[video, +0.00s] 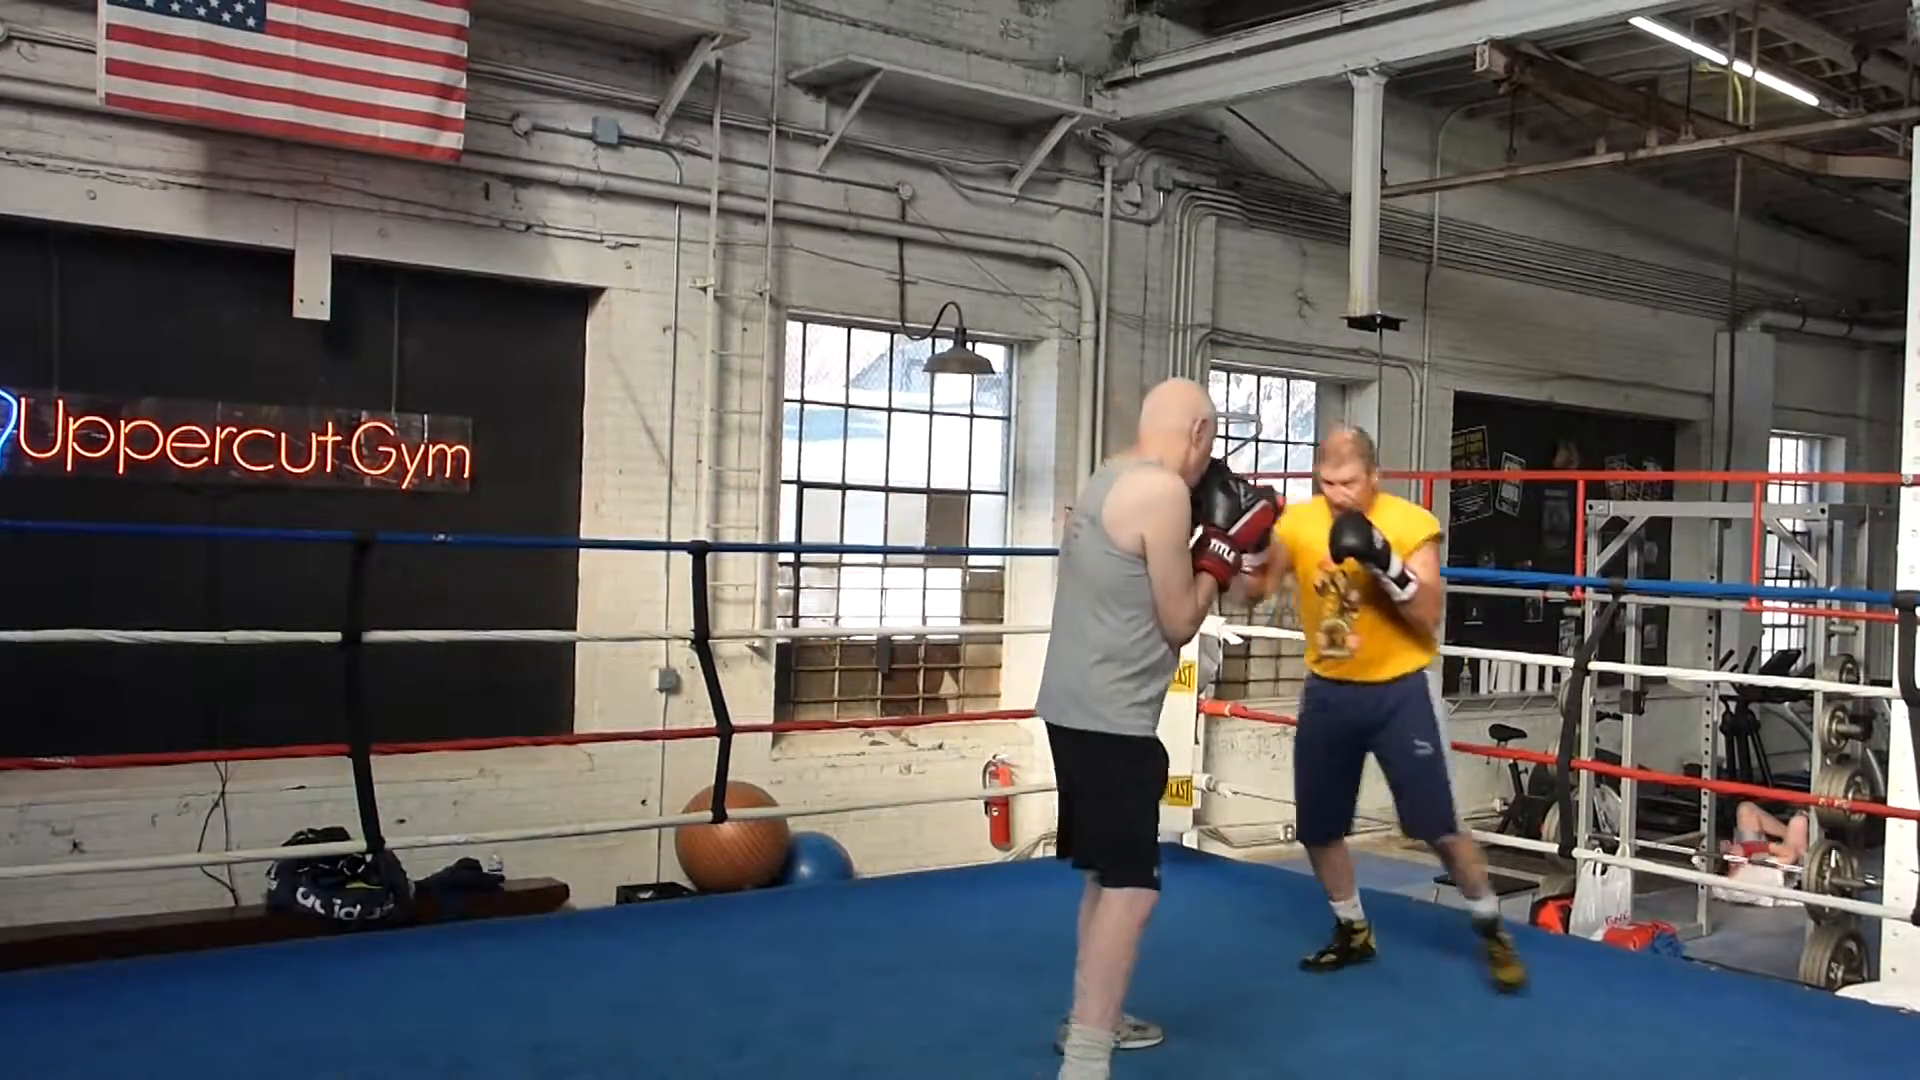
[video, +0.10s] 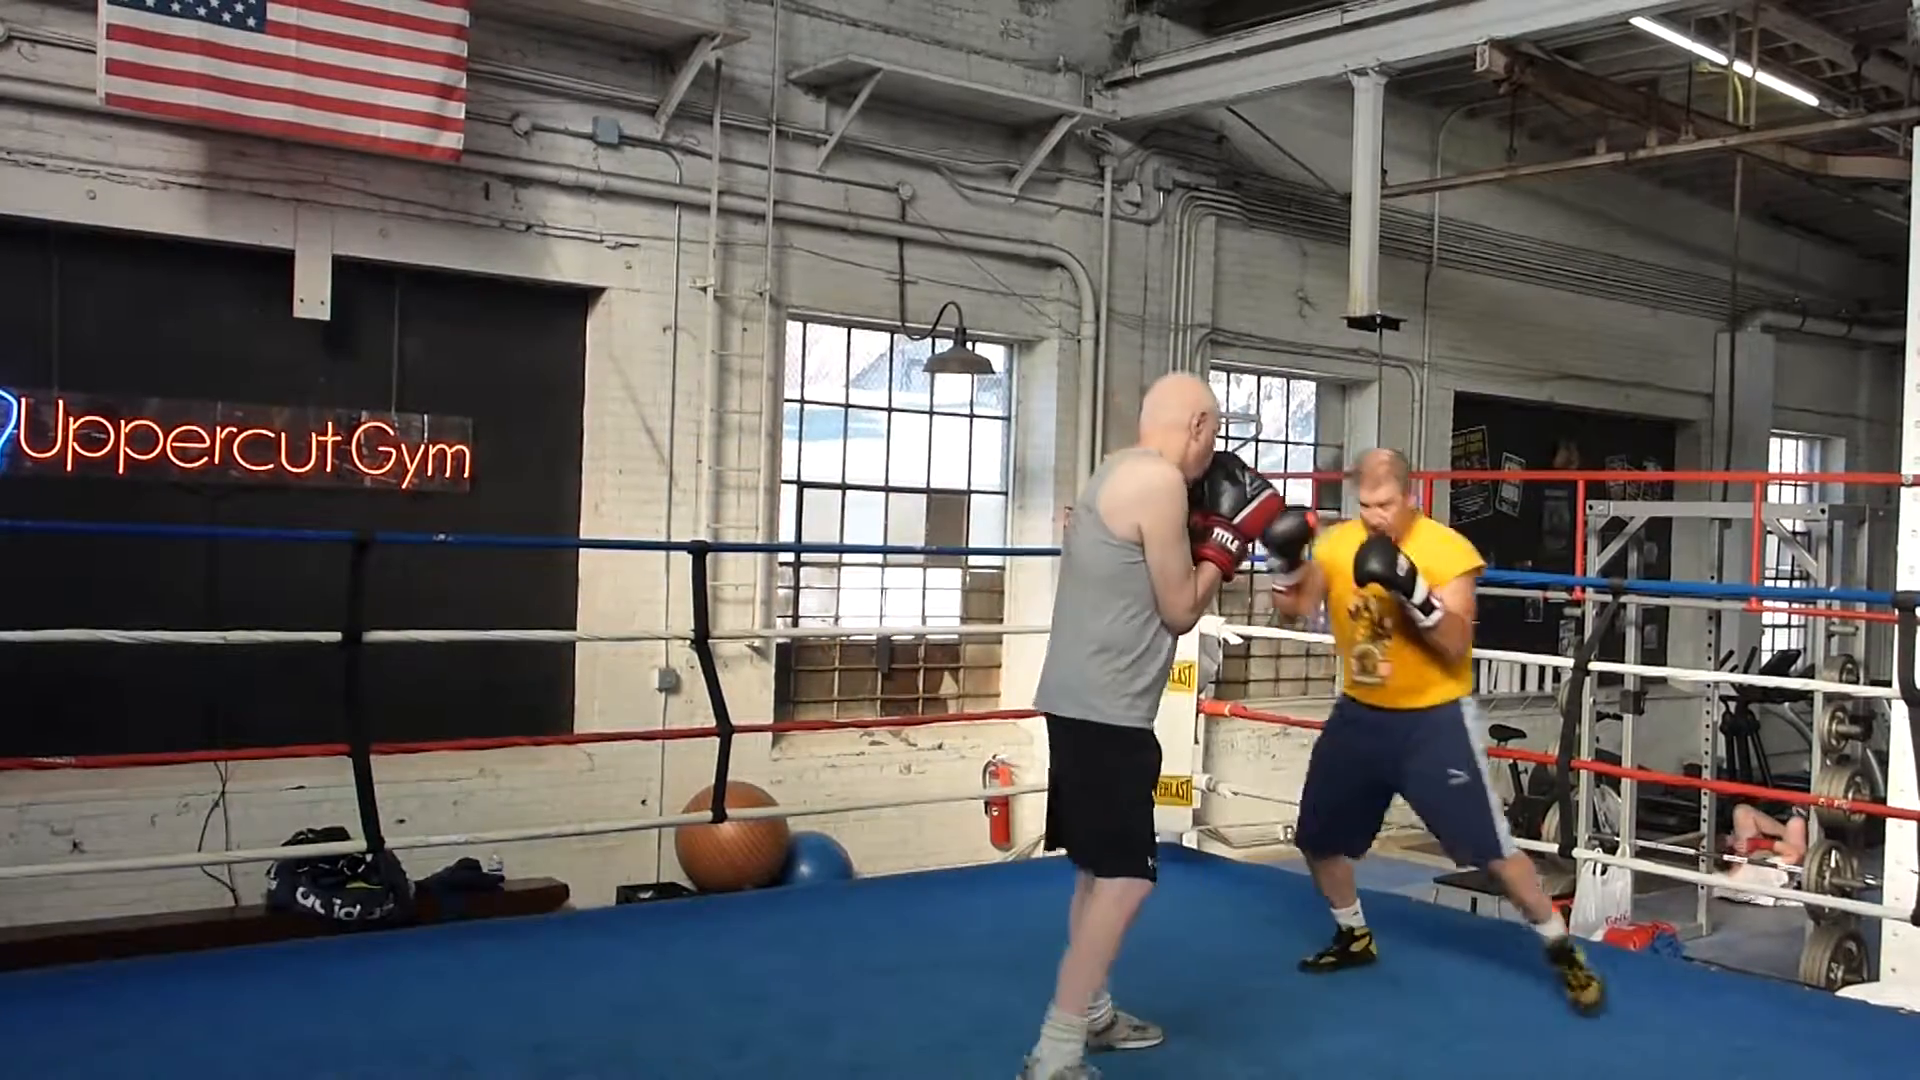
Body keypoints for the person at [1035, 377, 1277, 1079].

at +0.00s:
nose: (1211, 453)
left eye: (1213, 441)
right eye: (1212, 439)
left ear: (1148, 423)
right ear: (1194, 432)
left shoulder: (1104, 483)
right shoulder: (1161, 493)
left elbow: (1133, 596)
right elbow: (1180, 622)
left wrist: (1208, 547)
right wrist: (1220, 558)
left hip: (1076, 710)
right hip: (1115, 721)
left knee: (1106, 878)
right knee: (1133, 890)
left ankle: (1094, 1018)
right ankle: (1085, 1059)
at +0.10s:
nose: (1213, 452)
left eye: (1217, 440)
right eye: (1215, 437)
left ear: (1152, 417)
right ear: (1195, 425)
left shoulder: (1116, 472)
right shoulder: (1158, 482)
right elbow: (1181, 610)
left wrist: (1202, 528)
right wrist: (1233, 543)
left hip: (1080, 703)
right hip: (1109, 712)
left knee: (1098, 872)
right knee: (1128, 880)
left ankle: (1092, 1012)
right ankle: (1055, 1056)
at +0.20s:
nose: (1214, 448)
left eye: (1215, 436)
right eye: (1214, 433)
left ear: (1155, 416)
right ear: (1193, 420)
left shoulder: (1119, 471)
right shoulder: (1154, 481)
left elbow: (1158, 589)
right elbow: (1181, 606)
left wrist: (1205, 519)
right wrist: (1228, 535)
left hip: (1091, 704)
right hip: (1110, 713)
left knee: (1108, 871)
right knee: (1112, 880)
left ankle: (1092, 1016)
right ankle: (1038, 1049)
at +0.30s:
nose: (1211, 449)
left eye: (1214, 436)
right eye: (1211, 432)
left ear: (1157, 415)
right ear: (1188, 418)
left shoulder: (1119, 473)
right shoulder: (1149, 480)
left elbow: (1158, 590)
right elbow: (1178, 603)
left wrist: (1206, 523)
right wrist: (1228, 533)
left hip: (1106, 707)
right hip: (1112, 713)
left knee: (1120, 871)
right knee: (1109, 882)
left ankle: (1094, 1014)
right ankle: (1037, 1050)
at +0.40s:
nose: (1207, 462)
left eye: (1211, 449)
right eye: (1208, 444)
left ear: (1159, 423)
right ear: (1181, 425)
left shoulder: (1118, 482)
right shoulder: (1137, 486)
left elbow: (1161, 599)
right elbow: (1176, 610)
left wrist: (1206, 532)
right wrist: (1224, 538)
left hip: (1133, 715)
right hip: (1117, 718)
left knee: (1179, 852)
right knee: (1122, 888)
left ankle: (1114, 994)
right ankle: (1039, 1052)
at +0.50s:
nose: (1211, 464)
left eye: (1214, 451)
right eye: (1211, 447)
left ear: (1162, 432)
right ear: (1183, 434)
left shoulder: (1123, 496)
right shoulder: (1133, 503)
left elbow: (1163, 602)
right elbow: (1176, 620)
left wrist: (1207, 535)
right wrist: (1229, 543)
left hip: (1156, 720)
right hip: (1130, 727)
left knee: (1225, 827)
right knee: (1138, 893)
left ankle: (1152, 981)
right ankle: (1040, 1053)